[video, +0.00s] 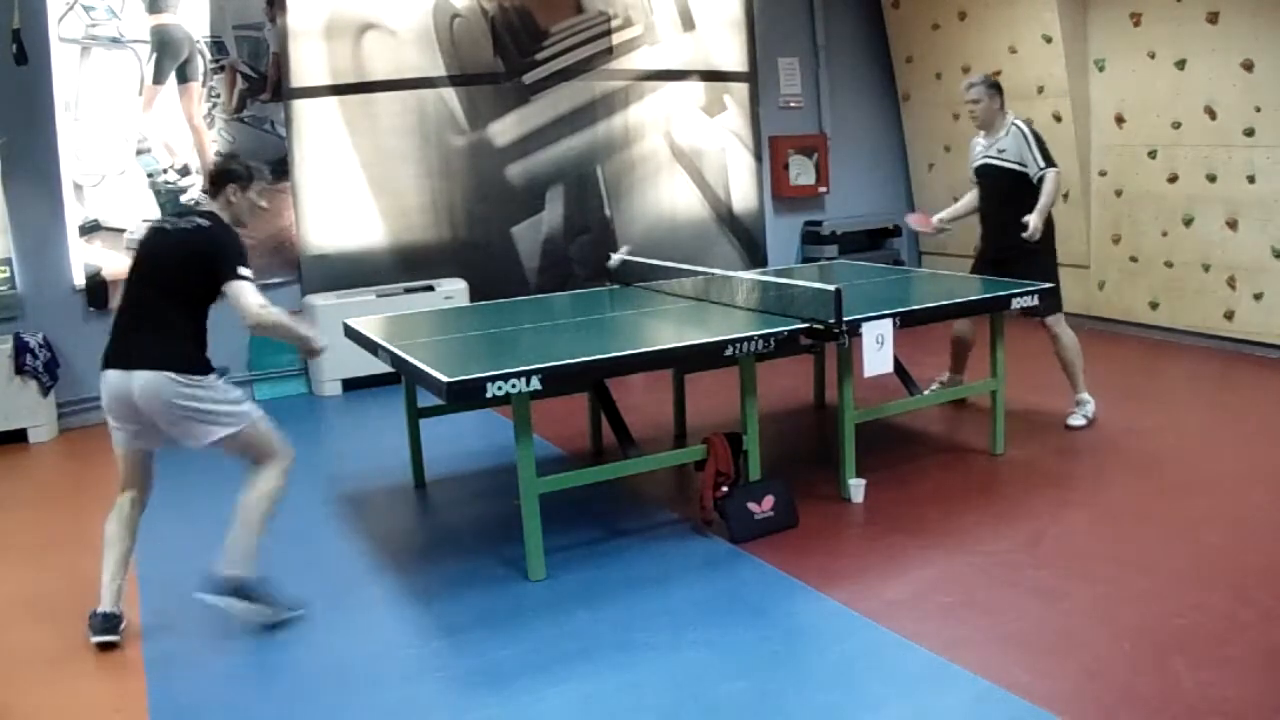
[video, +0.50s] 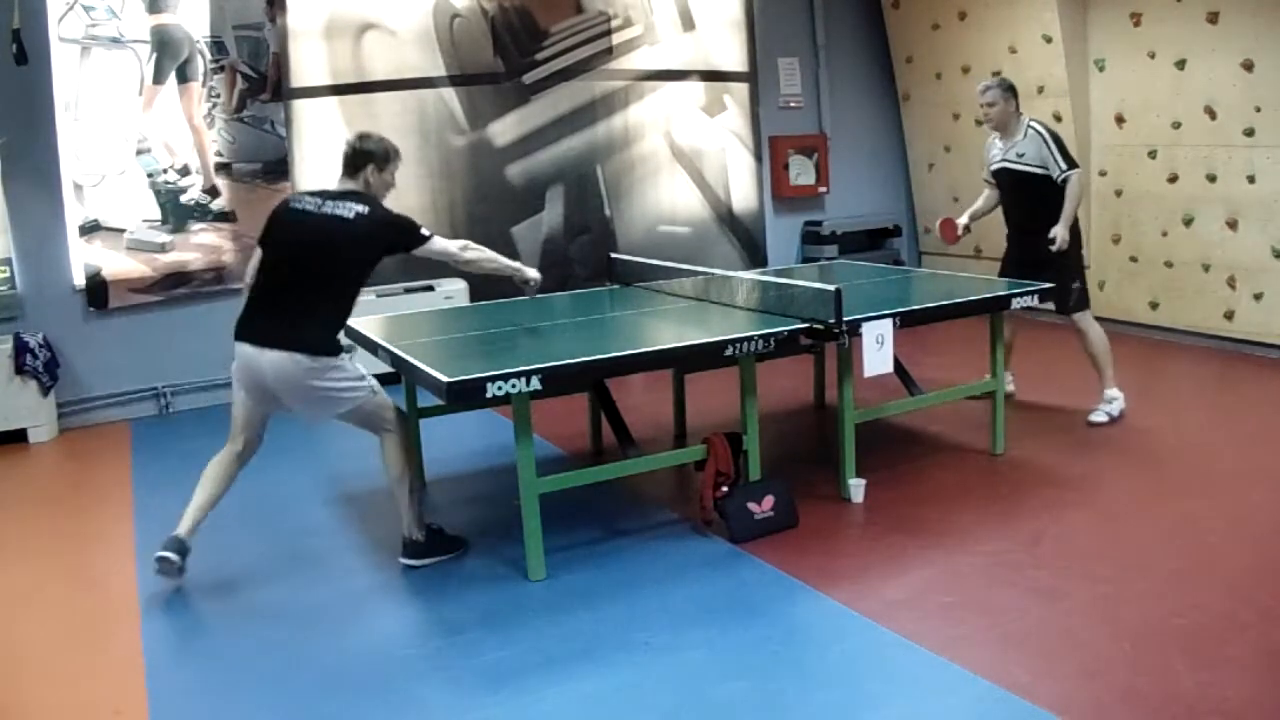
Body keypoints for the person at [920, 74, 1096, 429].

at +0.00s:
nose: (970, 110)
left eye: (976, 102)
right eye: (967, 104)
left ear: (997, 101)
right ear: (970, 107)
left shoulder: (1020, 132)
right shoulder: (978, 142)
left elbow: (1051, 174)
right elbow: (981, 192)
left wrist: (1039, 213)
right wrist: (945, 216)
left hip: (1031, 245)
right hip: (993, 245)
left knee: (1054, 322)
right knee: (962, 324)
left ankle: (1083, 398)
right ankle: (954, 380)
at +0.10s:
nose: (977, 109)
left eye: (983, 101)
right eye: (974, 103)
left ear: (1005, 100)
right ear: (979, 105)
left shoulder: (1028, 130)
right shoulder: (988, 140)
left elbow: (1059, 177)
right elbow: (995, 190)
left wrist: (1047, 221)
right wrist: (961, 211)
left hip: (1040, 241)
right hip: (1005, 241)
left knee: (1055, 321)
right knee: (981, 311)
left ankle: (1083, 398)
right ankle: (969, 374)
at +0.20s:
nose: (983, 107)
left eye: (989, 100)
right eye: (980, 101)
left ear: (1011, 99)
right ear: (982, 104)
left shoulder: (1033, 130)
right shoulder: (991, 139)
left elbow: (1066, 175)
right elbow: (999, 185)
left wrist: (1057, 223)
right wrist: (963, 208)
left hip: (1045, 239)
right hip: (1011, 239)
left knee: (1056, 320)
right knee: (994, 308)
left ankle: (1083, 398)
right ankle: (1000, 375)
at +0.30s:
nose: (984, 106)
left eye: (990, 99)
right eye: (980, 100)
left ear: (1011, 98)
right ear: (980, 103)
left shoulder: (1035, 130)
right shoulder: (989, 138)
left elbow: (1069, 174)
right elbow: (992, 182)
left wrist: (1063, 222)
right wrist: (962, 208)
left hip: (1050, 238)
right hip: (1015, 239)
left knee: (1062, 316)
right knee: (999, 309)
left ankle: (1086, 397)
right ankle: (1003, 377)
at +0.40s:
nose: (983, 108)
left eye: (989, 100)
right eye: (980, 102)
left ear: (1011, 100)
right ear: (980, 105)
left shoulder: (1037, 131)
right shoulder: (989, 140)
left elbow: (1071, 174)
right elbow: (989, 183)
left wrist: (1066, 220)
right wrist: (962, 212)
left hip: (1053, 238)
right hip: (1016, 240)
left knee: (1072, 314)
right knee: (1000, 310)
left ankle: (1099, 394)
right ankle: (1002, 377)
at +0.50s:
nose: (985, 113)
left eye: (990, 106)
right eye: (982, 107)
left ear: (1012, 104)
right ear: (983, 111)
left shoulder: (1040, 135)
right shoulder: (993, 145)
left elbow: (1074, 177)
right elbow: (994, 190)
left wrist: (1065, 225)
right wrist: (968, 217)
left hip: (1057, 240)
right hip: (1020, 241)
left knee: (1079, 315)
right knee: (1001, 309)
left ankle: (1112, 394)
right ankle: (1002, 377)